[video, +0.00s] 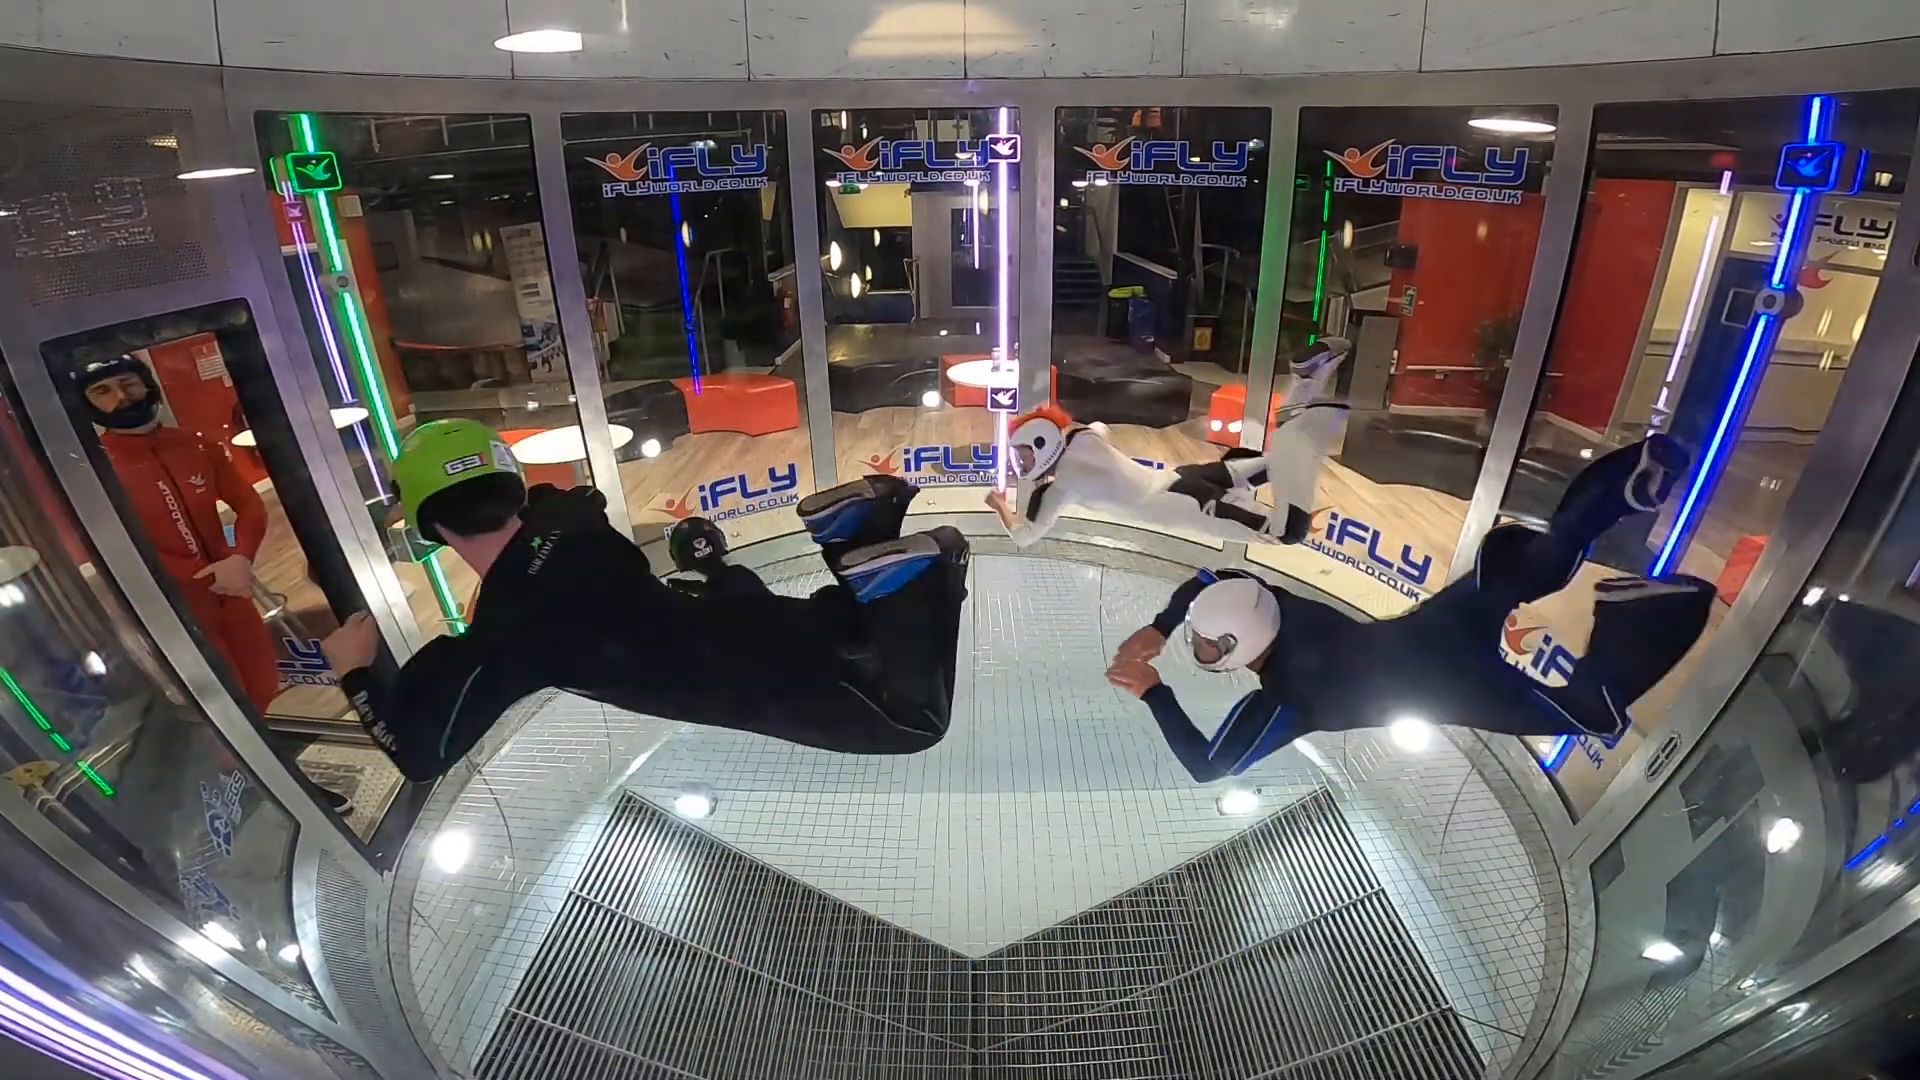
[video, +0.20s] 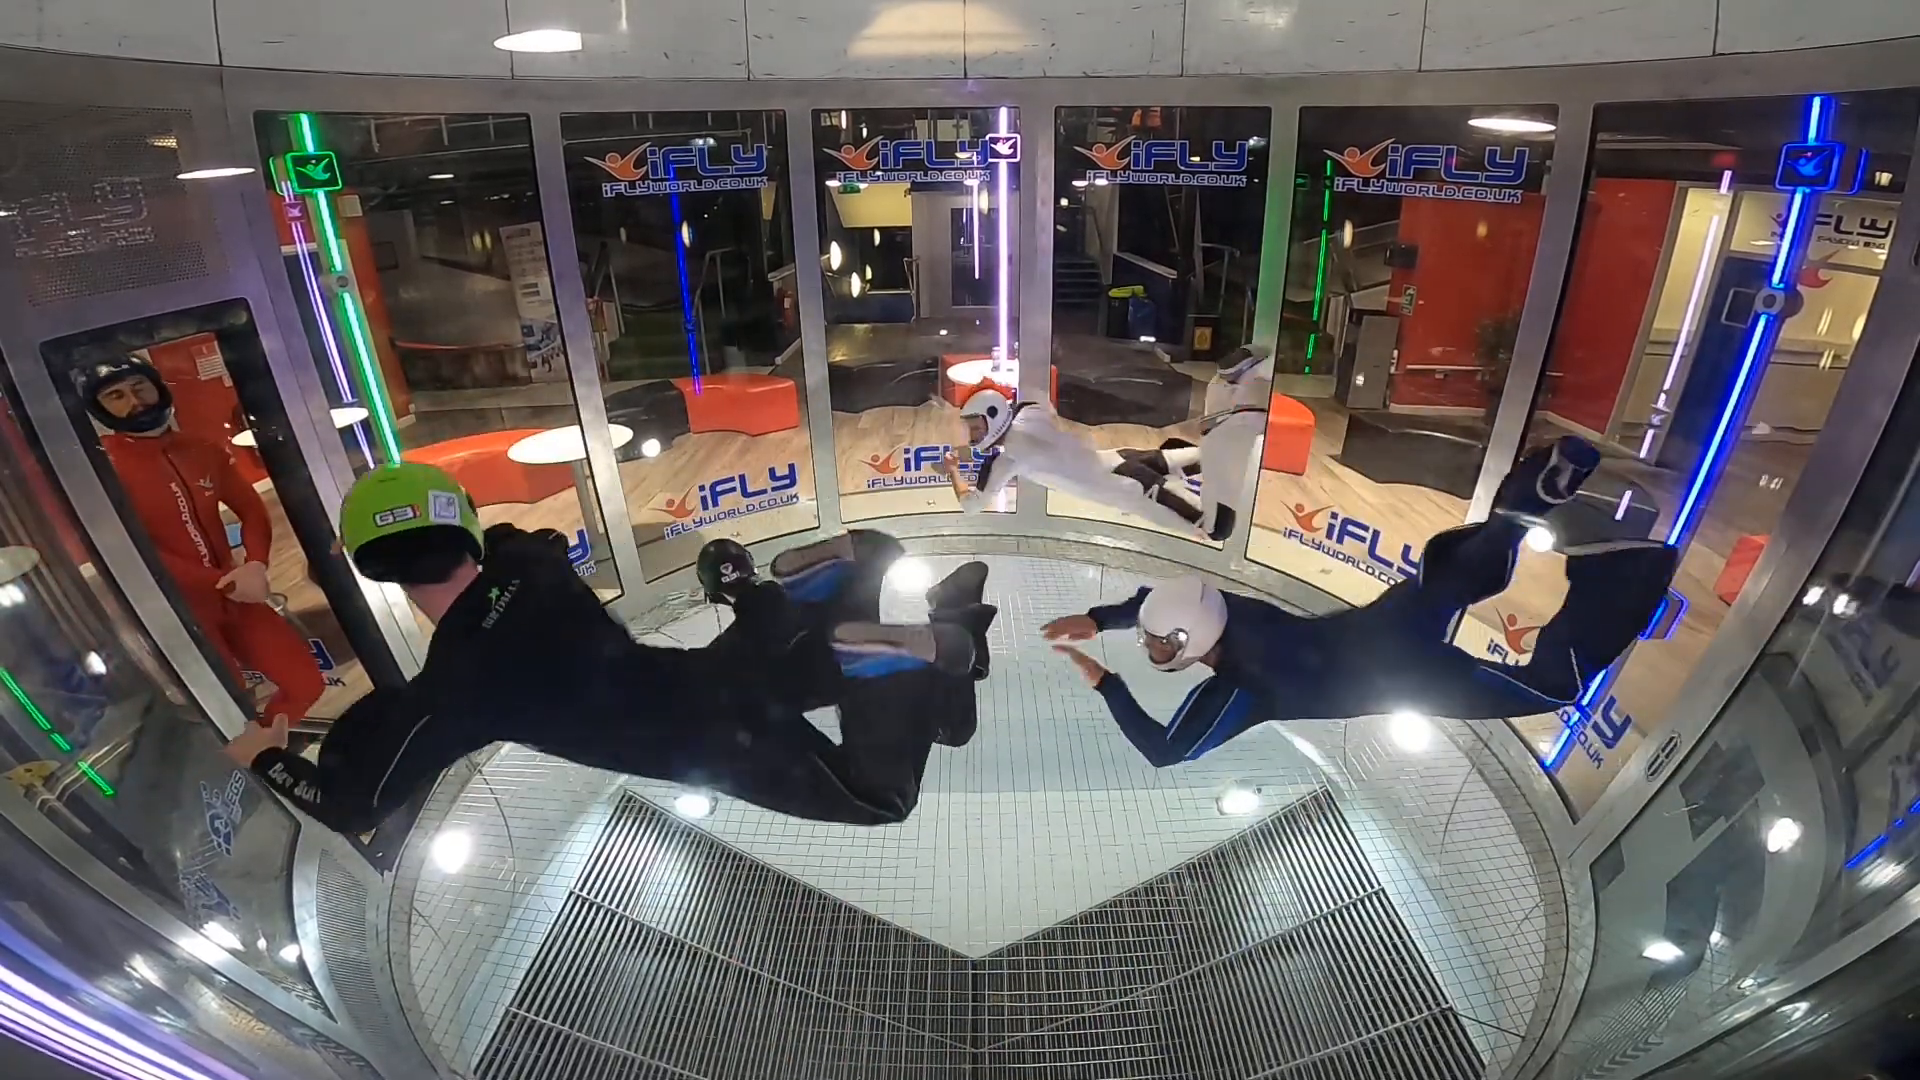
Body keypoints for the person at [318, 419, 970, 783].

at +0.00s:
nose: (431, 551)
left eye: (429, 535)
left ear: (443, 535)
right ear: (513, 483)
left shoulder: (517, 617)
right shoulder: (572, 522)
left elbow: (423, 746)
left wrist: (364, 669)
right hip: (750, 616)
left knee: (911, 720)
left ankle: (929, 574)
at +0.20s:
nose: (381, 580)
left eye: (379, 568)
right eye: (389, 562)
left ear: (395, 574)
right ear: (458, 527)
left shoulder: (461, 683)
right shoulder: (526, 557)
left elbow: (357, 800)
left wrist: (281, 757)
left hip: (708, 741)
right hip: (715, 668)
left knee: (877, 797)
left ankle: (915, 671)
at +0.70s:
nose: (483, 803)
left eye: (476, 787)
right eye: (477, 783)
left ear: (484, 793)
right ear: (532, 739)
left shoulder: (538, 887)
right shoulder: (594, 751)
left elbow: (434, 992)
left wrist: (356, 949)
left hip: (752, 946)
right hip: (762, 869)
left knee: (942, 988)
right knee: (874, 876)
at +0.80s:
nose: (545, 804)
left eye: (514, 814)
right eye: (534, 797)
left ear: (509, 853)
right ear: (565, 795)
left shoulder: (567, 932)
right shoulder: (636, 810)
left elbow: (478, 1030)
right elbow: (643, 773)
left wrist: (389, 983)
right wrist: (563, 773)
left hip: (792, 975)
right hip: (811, 910)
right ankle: (979, 893)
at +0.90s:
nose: (570, 898)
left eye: (567, 885)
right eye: (563, 880)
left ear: (582, 881)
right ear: (620, 833)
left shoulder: (627, 959)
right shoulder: (676, 837)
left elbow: (533, 1056)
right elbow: (678, 799)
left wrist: (439, 1018)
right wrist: (607, 805)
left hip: (856, 1011)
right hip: (872, 932)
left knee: (981, 1046)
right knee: (954, 930)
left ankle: (1091, 1019)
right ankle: (1031, 907)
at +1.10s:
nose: (667, 961)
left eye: (658, 952)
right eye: (662, 944)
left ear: (670, 957)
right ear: (701, 907)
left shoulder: (733, 1028)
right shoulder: (769, 901)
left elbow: (675, 1067)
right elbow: (773, 854)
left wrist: (606, 1064)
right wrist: (699, 872)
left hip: (952, 1048)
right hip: (949, 975)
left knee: (1102, 1051)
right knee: (1046, 964)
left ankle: (1222, 1003)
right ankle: (1138, 915)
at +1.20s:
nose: (725, 928)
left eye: (710, 953)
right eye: (718, 940)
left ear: (715, 1009)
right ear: (744, 943)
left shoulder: (775, 1062)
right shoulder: (813, 933)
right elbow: (815, 879)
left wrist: (679, 1074)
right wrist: (745, 899)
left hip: (985, 1060)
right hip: (988, 995)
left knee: (1124, 1039)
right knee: (1112, 969)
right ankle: (1205, 913)